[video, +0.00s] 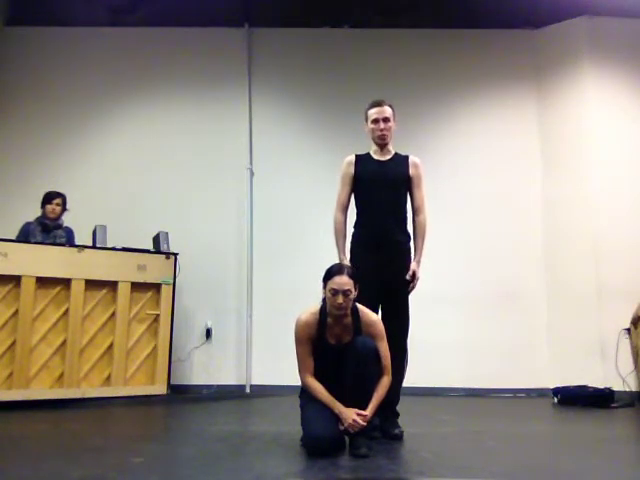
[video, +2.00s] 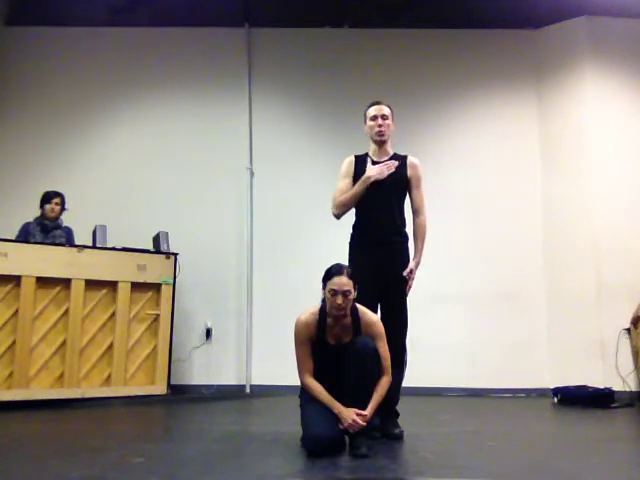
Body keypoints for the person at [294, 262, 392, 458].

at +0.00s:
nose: (340, 301)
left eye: (347, 294)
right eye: (334, 293)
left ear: (355, 293)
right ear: (324, 292)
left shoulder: (371, 322)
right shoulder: (307, 323)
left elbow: (386, 374)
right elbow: (307, 377)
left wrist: (366, 415)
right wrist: (342, 411)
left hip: (356, 393)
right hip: (321, 393)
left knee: (365, 347)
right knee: (321, 445)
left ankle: (360, 432)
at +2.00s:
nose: (339, 301)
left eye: (346, 294)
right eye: (333, 294)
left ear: (354, 294)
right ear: (324, 292)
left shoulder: (371, 323)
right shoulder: (306, 324)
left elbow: (386, 375)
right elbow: (306, 378)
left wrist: (367, 413)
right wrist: (341, 411)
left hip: (355, 392)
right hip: (320, 392)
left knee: (365, 347)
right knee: (321, 445)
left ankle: (359, 432)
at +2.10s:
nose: (339, 301)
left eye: (346, 294)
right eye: (333, 294)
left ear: (354, 294)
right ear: (323, 292)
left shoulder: (371, 323)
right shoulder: (306, 324)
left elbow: (386, 375)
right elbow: (306, 378)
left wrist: (367, 413)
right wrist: (341, 411)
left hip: (355, 392)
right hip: (320, 393)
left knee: (365, 347)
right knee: (321, 445)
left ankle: (359, 432)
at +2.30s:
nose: (339, 301)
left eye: (346, 294)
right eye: (333, 294)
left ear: (354, 294)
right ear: (323, 292)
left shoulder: (371, 323)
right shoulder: (306, 324)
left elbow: (386, 375)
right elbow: (306, 378)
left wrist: (366, 413)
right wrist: (341, 411)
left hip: (355, 392)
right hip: (320, 393)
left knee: (365, 347)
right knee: (321, 445)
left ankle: (359, 432)